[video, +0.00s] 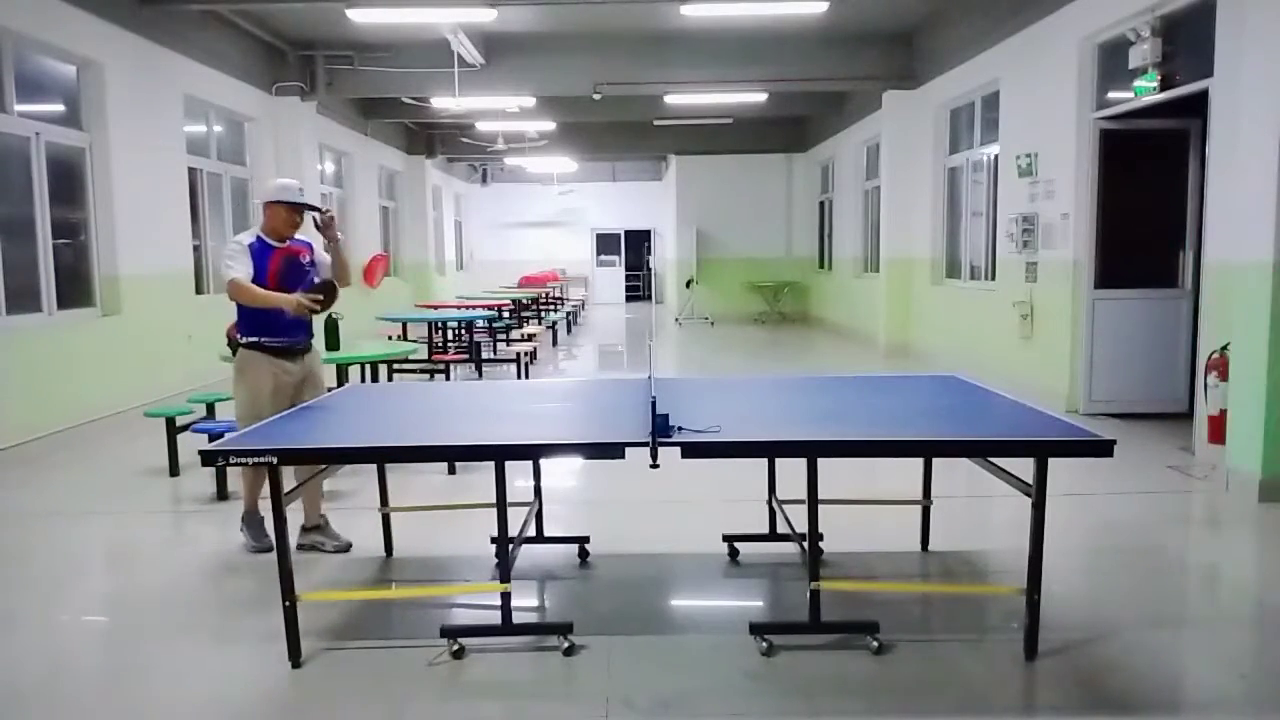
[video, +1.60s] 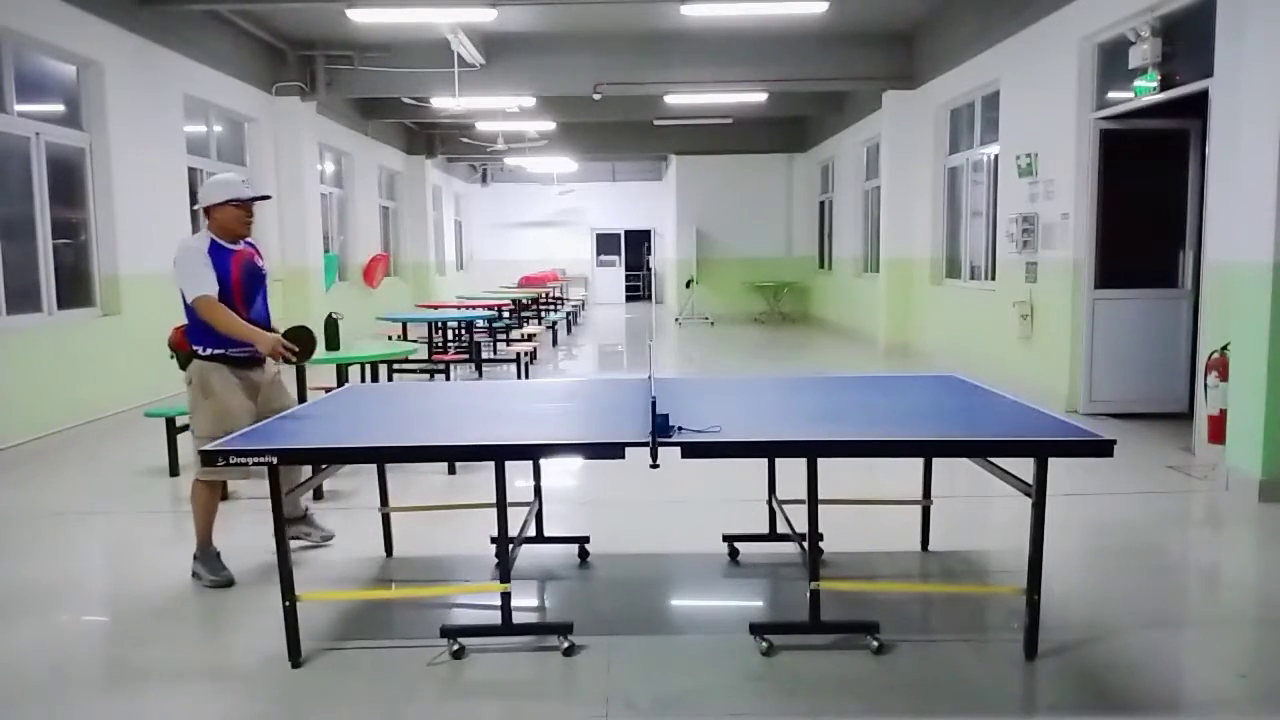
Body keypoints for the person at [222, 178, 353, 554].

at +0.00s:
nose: (299, 219)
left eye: (302, 213)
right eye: (293, 212)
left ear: (301, 214)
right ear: (269, 209)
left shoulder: (307, 248)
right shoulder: (241, 247)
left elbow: (341, 280)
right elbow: (237, 290)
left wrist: (333, 240)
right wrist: (287, 301)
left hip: (303, 358)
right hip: (259, 360)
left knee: (313, 441)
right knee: (257, 442)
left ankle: (314, 524)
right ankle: (252, 516)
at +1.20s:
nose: (252, 213)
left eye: (252, 207)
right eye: (243, 207)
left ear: (245, 211)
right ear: (216, 210)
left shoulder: (252, 252)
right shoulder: (195, 253)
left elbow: (281, 286)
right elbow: (209, 309)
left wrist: (297, 259)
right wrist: (264, 338)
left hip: (252, 368)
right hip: (211, 370)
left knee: (262, 456)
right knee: (211, 463)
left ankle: (273, 537)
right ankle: (205, 552)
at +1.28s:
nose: (244, 212)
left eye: (245, 205)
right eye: (235, 205)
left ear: (238, 209)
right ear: (207, 210)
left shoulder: (244, 249)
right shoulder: (190, 252)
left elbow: (265, 291)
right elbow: (207, 310)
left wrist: (301, 295)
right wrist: (259, 341)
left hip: (251, 367)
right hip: (210, 370)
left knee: (263, 455)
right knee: (211, 464)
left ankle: (274, 535)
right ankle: (204, 553)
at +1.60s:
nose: (250, 214)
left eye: (251, 207)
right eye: (241, 207)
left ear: (244, 210)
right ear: (214, 211)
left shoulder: (250, 249)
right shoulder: (193, 250)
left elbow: (252, 308)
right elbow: (207, 309)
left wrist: (272, 341)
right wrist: (263, 338)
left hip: (259, 367)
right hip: (215, 371)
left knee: (290, 438)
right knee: (212, 462)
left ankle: (293, 518)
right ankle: (205, 551)